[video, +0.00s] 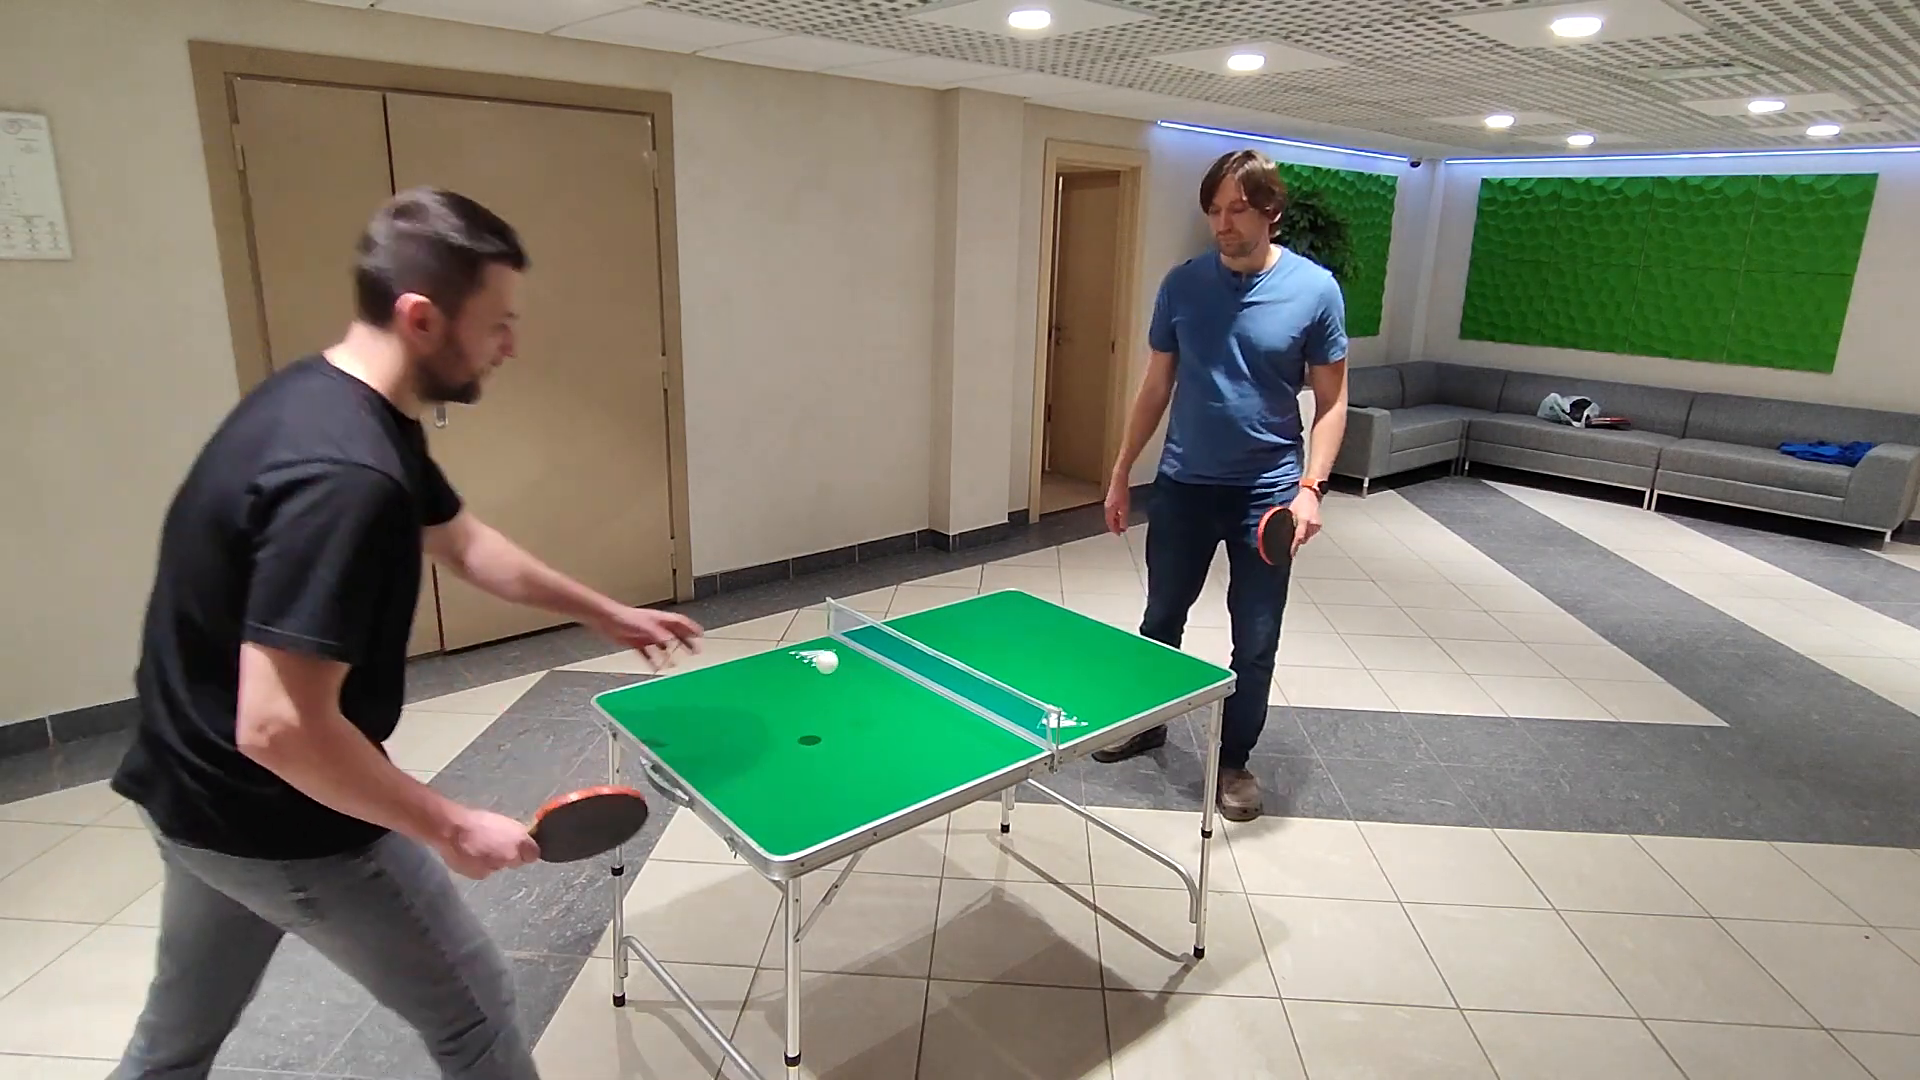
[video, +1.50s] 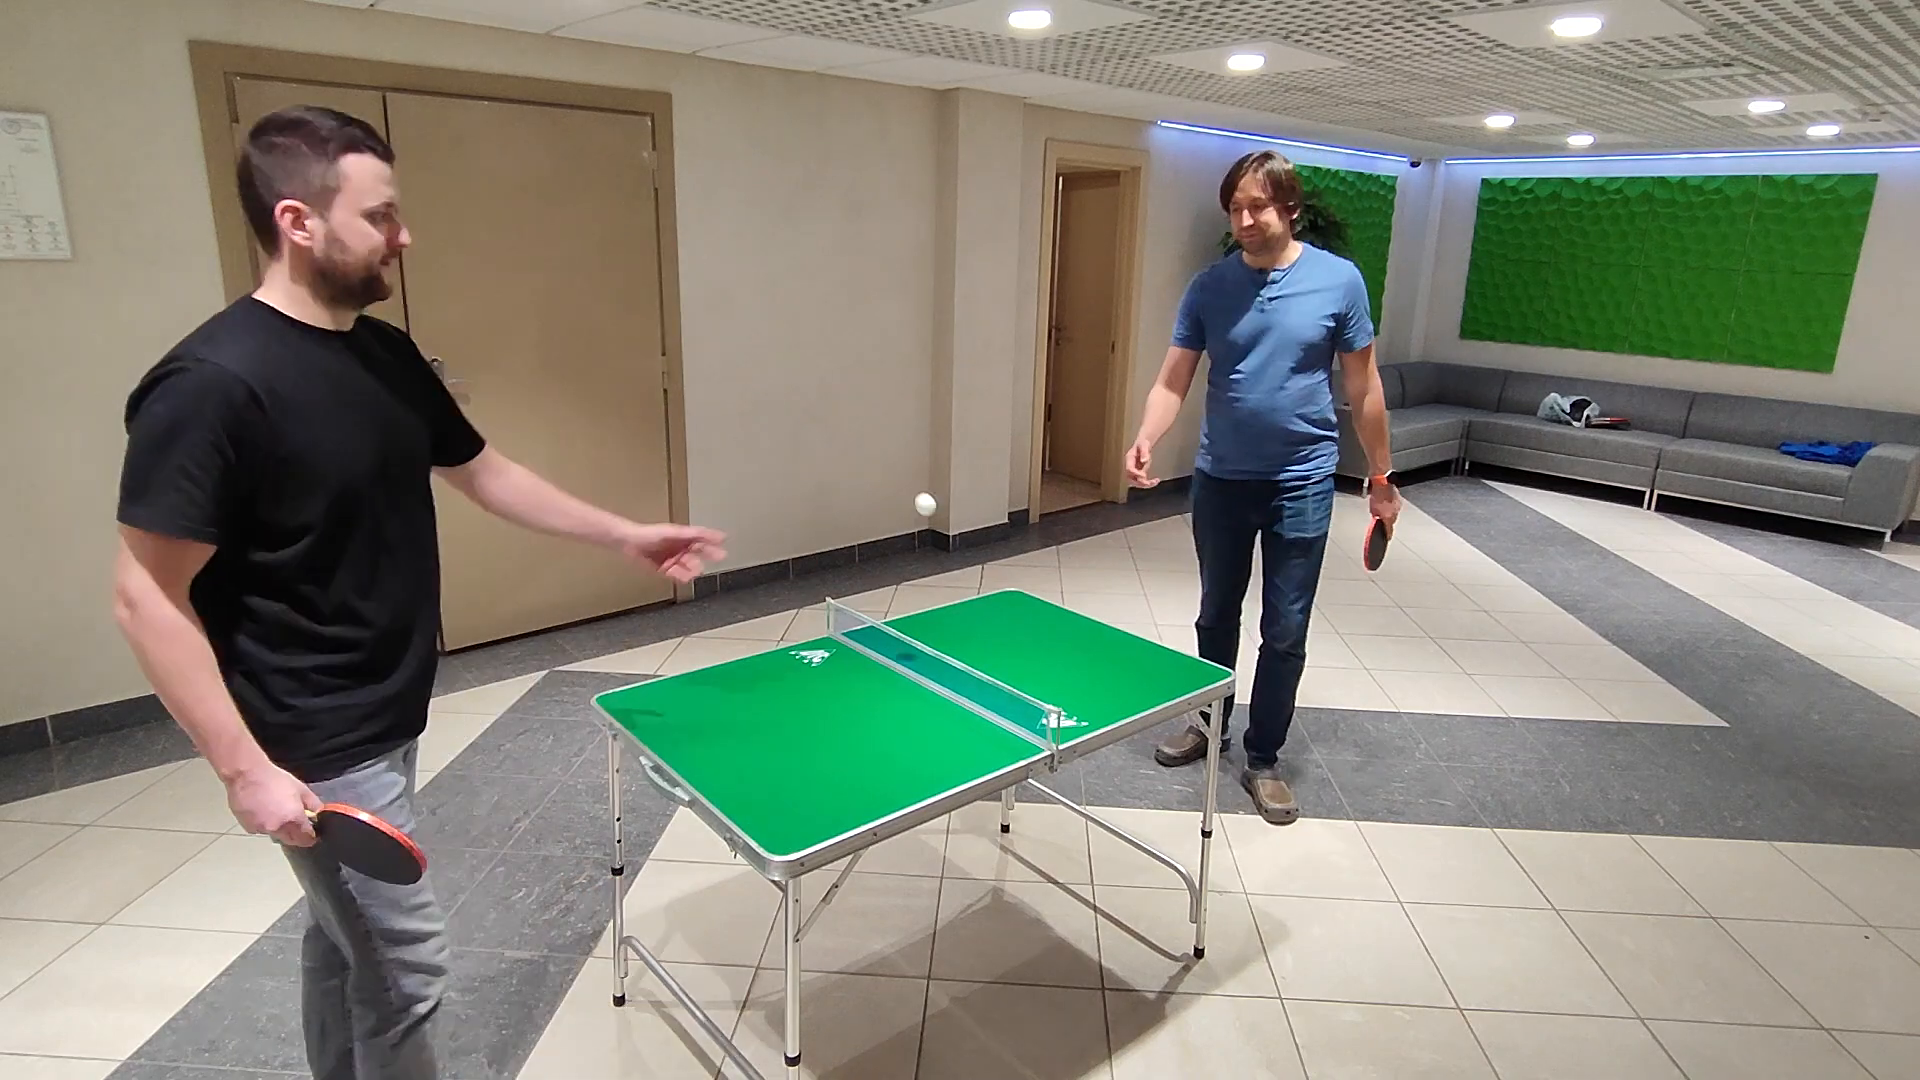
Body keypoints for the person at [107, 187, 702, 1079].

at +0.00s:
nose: (510, 347)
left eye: (510, 324)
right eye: (497, 324)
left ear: (415, 316)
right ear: (419, 316)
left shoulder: (335, 400)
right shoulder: (350, 471)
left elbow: (465, 543)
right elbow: (279, 724)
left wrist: (611, 615)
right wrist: (447, 825)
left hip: (205, 793)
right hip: (291, 822)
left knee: (171, 1042)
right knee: (476, 1017)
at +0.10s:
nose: (609, 390)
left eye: (612, 369)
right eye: (604, 369)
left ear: (523, 352)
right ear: (536, 359)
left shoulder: (433, 414)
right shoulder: (435, 489)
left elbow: (562, 546)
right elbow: (344, 735)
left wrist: (703, 613)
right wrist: (494, 854)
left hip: (246, 769)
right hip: (317, 808)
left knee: (217, 1021)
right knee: (515, 979)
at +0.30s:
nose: (726, 419)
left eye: (734, 401)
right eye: (726, 398)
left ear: (652, 373)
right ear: (671, 383)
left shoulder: (545, 411)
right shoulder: (559, 481)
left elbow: (645, 566)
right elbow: (426, 707)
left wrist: (742, 672)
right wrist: (522, 859)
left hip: (295, 722)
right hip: (376, 776)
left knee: (288, 960)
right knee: (536, 972)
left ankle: (204, 1075)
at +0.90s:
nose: (700, 348)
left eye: (705, 327)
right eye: (695, 326)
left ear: (623, 312)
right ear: (631, 317)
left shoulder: (576, 401)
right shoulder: (520, 436)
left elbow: (566, 569)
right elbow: (392, 656)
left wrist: (612, 702)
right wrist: (459, 839)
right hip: (435, 757)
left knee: (408, 924)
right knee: (523, 981)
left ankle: (361, 1066)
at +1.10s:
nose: (594, 299)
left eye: (597, 278)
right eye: (583, 278)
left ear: (519, 275)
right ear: (509, 271)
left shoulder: (521, 384)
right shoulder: (403, 410)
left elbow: (560, 531)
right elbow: (295, 623)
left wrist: (665, 636)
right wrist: (374, 810)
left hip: (460, 732)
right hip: (411, 759)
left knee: (398, 926)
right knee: (507, 967)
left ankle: (357, 1068)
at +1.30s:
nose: (481, 264)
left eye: (479, 240)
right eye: (462, 240)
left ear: (395, 244)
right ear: (384, 242)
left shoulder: (444, 366)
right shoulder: (287, 396)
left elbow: (573, 472)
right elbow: (201, 608)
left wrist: (707, 500)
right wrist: (291, 791)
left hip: (419, 732)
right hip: (365, 755)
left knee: (363, 940)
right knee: (466, 975)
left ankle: (351, 1071)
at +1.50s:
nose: (403, 240)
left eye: (400, 215)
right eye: (379, 216)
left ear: (315, 225)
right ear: (296, 223)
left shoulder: (386, 356)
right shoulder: (210, 386)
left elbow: (485, 473)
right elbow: (144, 595)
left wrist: (629, 536)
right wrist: (243, 769)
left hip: (390, 722)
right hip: (315, 747)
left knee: (343, 943)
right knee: (406, 985)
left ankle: (338, 1071)